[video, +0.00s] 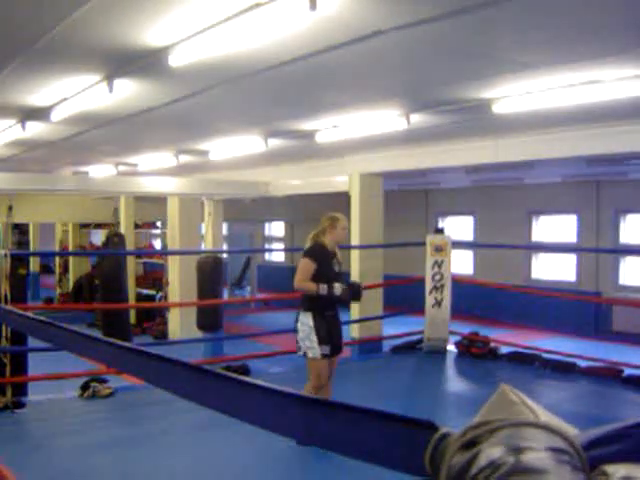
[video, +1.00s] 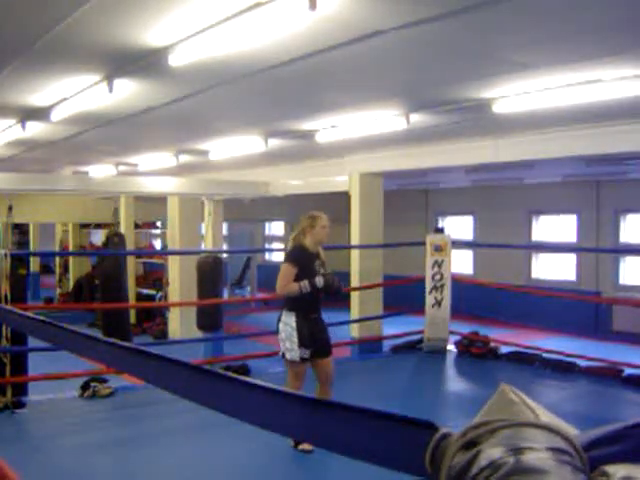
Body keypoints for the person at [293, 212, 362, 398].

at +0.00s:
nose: (346, 234)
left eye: (346, 229)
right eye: (343, 229)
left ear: (333, 229)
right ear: (330, 229)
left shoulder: (335, 254)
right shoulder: (315, 251)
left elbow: (330, 283)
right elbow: (299, 282)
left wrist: (348, 288)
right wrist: (330, 289)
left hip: (330, 313)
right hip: (312, 314)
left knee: (327, 376)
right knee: (318, 379)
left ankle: (321, 420)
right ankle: (300, 420)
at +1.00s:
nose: (327, 232)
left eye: (328, 228)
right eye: (323, 227)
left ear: (321, 230)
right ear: (310, 229)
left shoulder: (318, 254)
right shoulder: (296, 253)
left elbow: (318, 283)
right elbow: (281, 288)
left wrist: (331, 284)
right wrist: (313, 283)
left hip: (314, 315)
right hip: (294, 316)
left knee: (326, 375)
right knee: (296, 377)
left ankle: (316, 429)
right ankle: (297, 432)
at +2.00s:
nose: (318, 233)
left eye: (319, 228)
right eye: (313, 228)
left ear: (317, 232)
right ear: (299, 231)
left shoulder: (318, 256)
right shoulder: (284, 260)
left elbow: (324, 283)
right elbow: (268, 294)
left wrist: (324, 289)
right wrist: (298, 292)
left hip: (315, 319)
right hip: (291, 321)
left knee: (328, 380)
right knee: (292, 381)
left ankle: (326, 430)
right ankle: (297, 435)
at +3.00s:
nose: (341, 233)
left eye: (342, 228)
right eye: (338, 228)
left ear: (334, 230)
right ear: (324, 228)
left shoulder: (332, 258)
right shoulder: (308, 256)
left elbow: (330, 289)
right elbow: (292, 290)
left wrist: (346, 291)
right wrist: (324, 289)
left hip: (331, 317)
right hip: (310, 317)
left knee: (331, 378)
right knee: (305, 379)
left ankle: (329, 429)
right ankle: (300, 433)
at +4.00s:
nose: (346, 233)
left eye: (347, 229)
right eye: (343, 228)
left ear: (337, 230)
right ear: (328, 229)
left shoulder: (336, 258)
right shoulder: (313, 256)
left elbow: (333, 288)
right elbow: (298, 290)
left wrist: (350, 290)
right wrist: (330, 289)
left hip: (335, 318)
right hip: (316, 318)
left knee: (334, 378)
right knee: (309, 380)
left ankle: (330, 428)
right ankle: (300, 431)